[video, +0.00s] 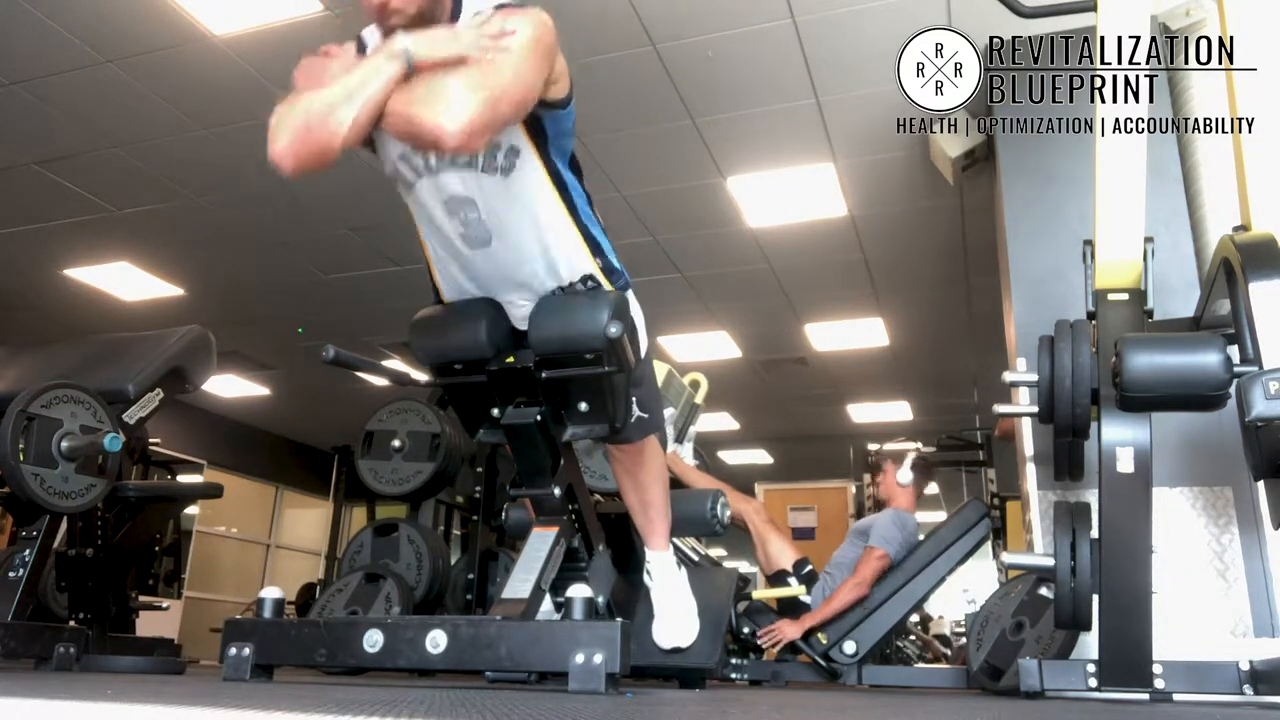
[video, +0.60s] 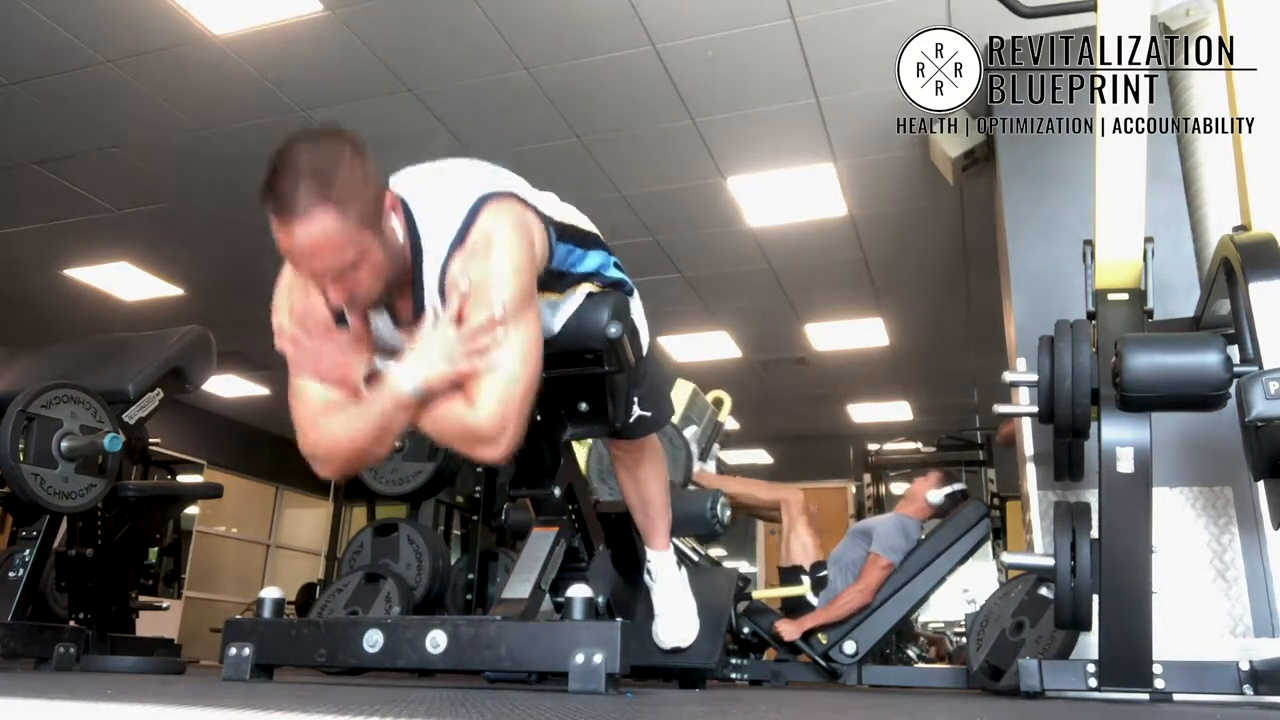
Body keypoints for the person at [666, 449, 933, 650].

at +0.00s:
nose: (880, 478)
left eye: (885, 472)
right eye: (883, 472)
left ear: (902, 478)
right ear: (909, 481)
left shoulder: (893, 522)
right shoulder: (900, 522)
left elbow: (861, 585)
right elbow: (862, 584)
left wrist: (801, 624)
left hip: (810, 604)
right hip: (815, 599)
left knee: (752, 508)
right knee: (754, 512)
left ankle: (670, 460)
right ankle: (680, 467)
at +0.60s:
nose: (918, 479)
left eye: (926, 479)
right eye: (925, 476)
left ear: (930, 496)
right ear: (931, 503)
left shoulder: (898, 526)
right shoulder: (903, 526)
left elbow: (864, 593)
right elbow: (864, 591)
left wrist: (801, 624)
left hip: (812, 604)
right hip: (817, 600)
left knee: (794, 499)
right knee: (793, 500)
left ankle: (699, 474)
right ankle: (711, 476)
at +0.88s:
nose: (921, 477)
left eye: (930, 477)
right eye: (929, 475)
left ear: (931, 495)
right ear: (937, 506)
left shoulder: (896, 528)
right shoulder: (904, 527)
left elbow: (864, 593)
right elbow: (865, 592)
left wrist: (801, 624)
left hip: (816, 607)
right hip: (822, 601)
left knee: (816, 498)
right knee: (809, 506)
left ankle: (720, 490)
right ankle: (729, 497)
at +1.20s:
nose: (919, 480)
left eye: (929, 480)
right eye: (928, 477)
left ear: (933, 498)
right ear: (935, 503)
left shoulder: (896, 528)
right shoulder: (905, 527)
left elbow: (865, 593)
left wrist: (801, 624)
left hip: (817, 605)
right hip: (823, 600)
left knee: (834, 499)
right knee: (834, 501)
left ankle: (729, 503)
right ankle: (740, 512)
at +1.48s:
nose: (920, 481)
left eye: (929, 480)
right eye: (928, 478)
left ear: (933, 498)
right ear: (934, 501)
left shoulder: (898, 528)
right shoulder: (901, 526)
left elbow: (865, 594)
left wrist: (801, 624)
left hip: (813, 604)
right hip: (816, 601)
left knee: (843, 499)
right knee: (838, 504)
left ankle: (738, 508)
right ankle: (748, 518)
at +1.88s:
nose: (920, 480)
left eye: (929, 480)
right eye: (928, 477)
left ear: (933, 499)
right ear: (935, 503)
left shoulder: (897, 529)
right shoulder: (904, 527)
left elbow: (865, 595)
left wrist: (801, 624)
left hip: (815, 604)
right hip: (823, 599)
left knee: (835, 499)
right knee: (839, 495)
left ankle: (731, 503)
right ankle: (748, 511)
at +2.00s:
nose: (919, 480)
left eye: (929, 480)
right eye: (928, 477)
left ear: (932, 498)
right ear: (934, 503)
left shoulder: (896, 529)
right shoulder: (904, 526)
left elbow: (865, 595)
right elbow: (865, 592)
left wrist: (801, 623)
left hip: (817, 607)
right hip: (824, 600)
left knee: (828, 497)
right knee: (828, 502)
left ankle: (728, 496)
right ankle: (737, 505)